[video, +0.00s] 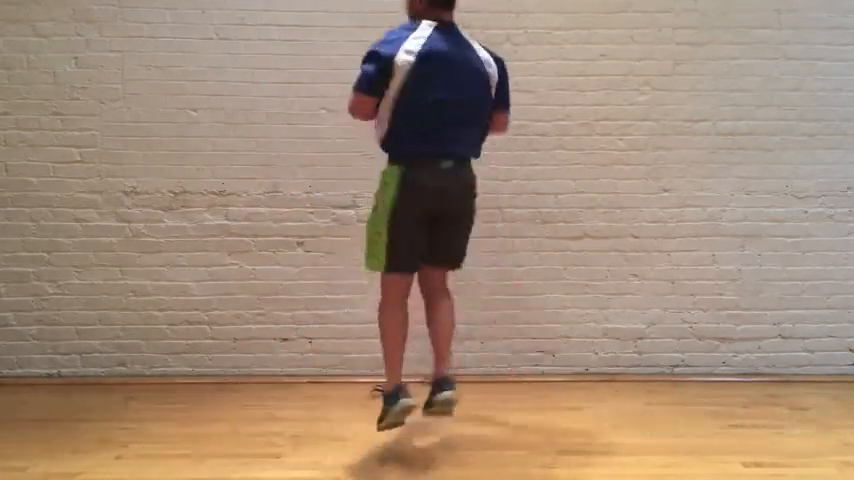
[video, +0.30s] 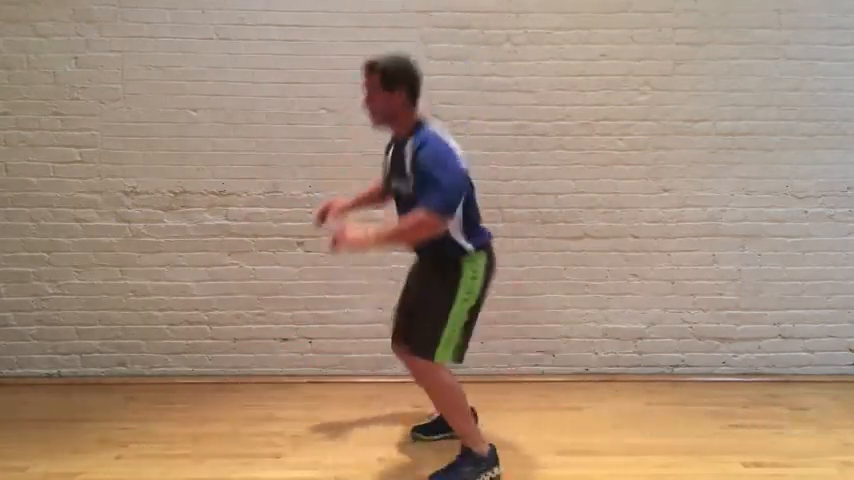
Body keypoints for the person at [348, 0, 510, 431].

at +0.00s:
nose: (407, 9)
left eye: (408, 5)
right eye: (411, 5)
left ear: (415, 6)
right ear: (452, 8)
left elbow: (361, 107)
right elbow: (498, 123)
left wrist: (401, 99)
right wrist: (453, 112)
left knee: (394, 291)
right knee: (437, 284)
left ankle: (393, 391)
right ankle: (443, 381)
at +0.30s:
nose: (365, 101)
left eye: (371, 93)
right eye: (366, 92)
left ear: (399, 97)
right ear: (394, 96)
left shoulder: (434, 151)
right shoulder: (401, 144)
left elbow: (431, 221)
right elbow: (391, 188)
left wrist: (368, 237)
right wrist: (346, 204)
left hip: (464, 261)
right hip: (433, 257)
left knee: (425, 356)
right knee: (405, 346)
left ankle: (479, 453)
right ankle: (457, 413)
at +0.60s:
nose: (316, 261)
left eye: (316, 252)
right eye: (312, 254)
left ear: (334, 237)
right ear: (335, 234)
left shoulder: (379, 251)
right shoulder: (364, 241)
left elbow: (370, 331)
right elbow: (354, 308)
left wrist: (335, 393)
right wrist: (324, 356)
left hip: (495, 265)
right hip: (470, 264)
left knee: (437, 358)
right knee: (420, 333)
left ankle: (483, 455)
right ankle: (457, 418)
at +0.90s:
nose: (312, 366)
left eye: (308, 360)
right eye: (305, 363)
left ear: (315, 344)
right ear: (314, 337)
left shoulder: (348, 338)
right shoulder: (334, 319)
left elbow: (342, 417)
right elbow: (347, 393)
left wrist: (323, 472)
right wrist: (331, 430)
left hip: (451, 248)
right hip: (444, 236)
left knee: (441, 360)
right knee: (453, 344)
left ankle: (496, 450)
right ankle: (485, 409)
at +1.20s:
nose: (241, 398)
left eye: (234, 391)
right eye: (234, 393)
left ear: (239, 375)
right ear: (243, 358)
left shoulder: (278, 368)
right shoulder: (288, 340)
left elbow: (327, 419)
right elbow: (339, 391)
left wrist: (323, 474)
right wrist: (327, 436)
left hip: (406, 346)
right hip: (406, 324)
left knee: (506, 393)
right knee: (504, 369)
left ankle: (622, 418)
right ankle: (601, 392)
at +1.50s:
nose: (231, 445)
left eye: (229, 439)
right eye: (227, 439)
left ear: (242, 425)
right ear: (249, 407)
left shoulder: (274, 426)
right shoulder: (291, 392)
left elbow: (321, 431)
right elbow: (345, 372)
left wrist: (321, 478)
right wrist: (331, 420)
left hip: (405, 427)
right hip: (406, 399)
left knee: (522, 445)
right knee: (516, 423)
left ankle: (633, 428)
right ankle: (612, 398)